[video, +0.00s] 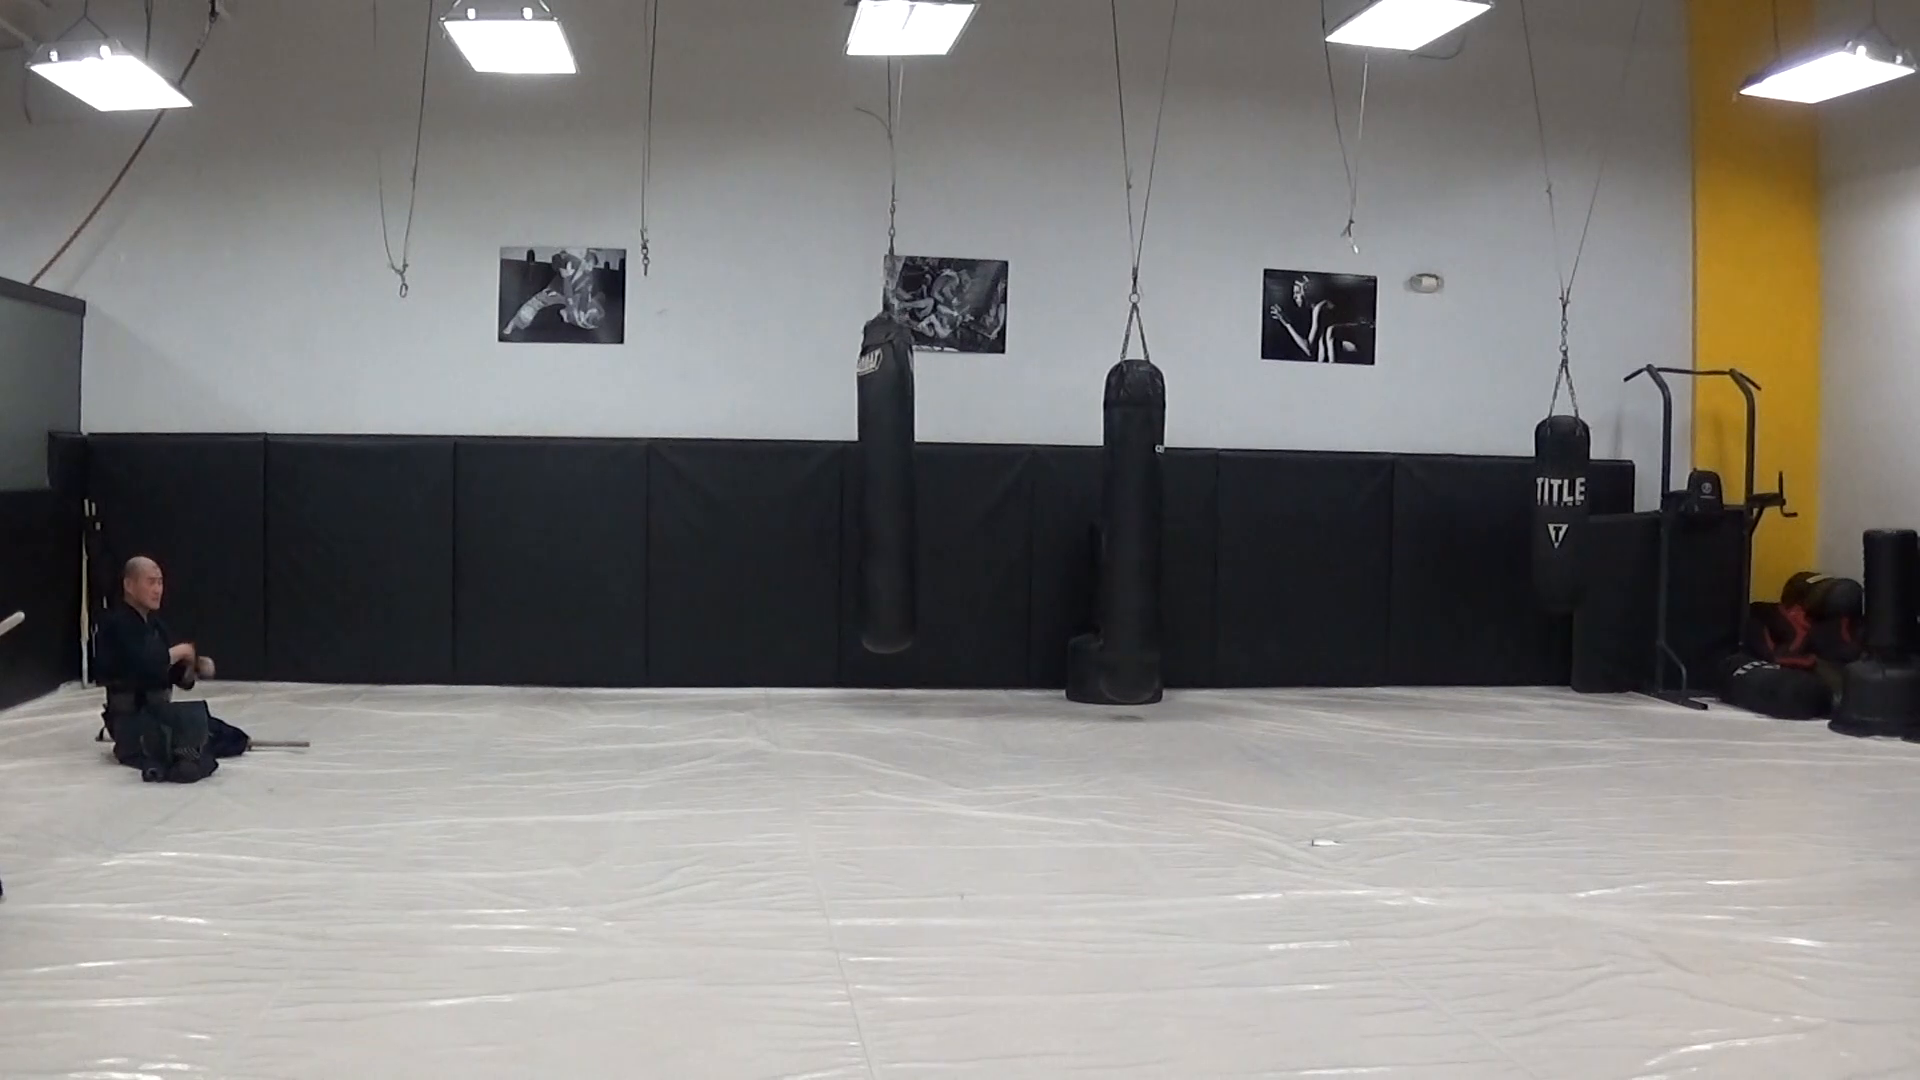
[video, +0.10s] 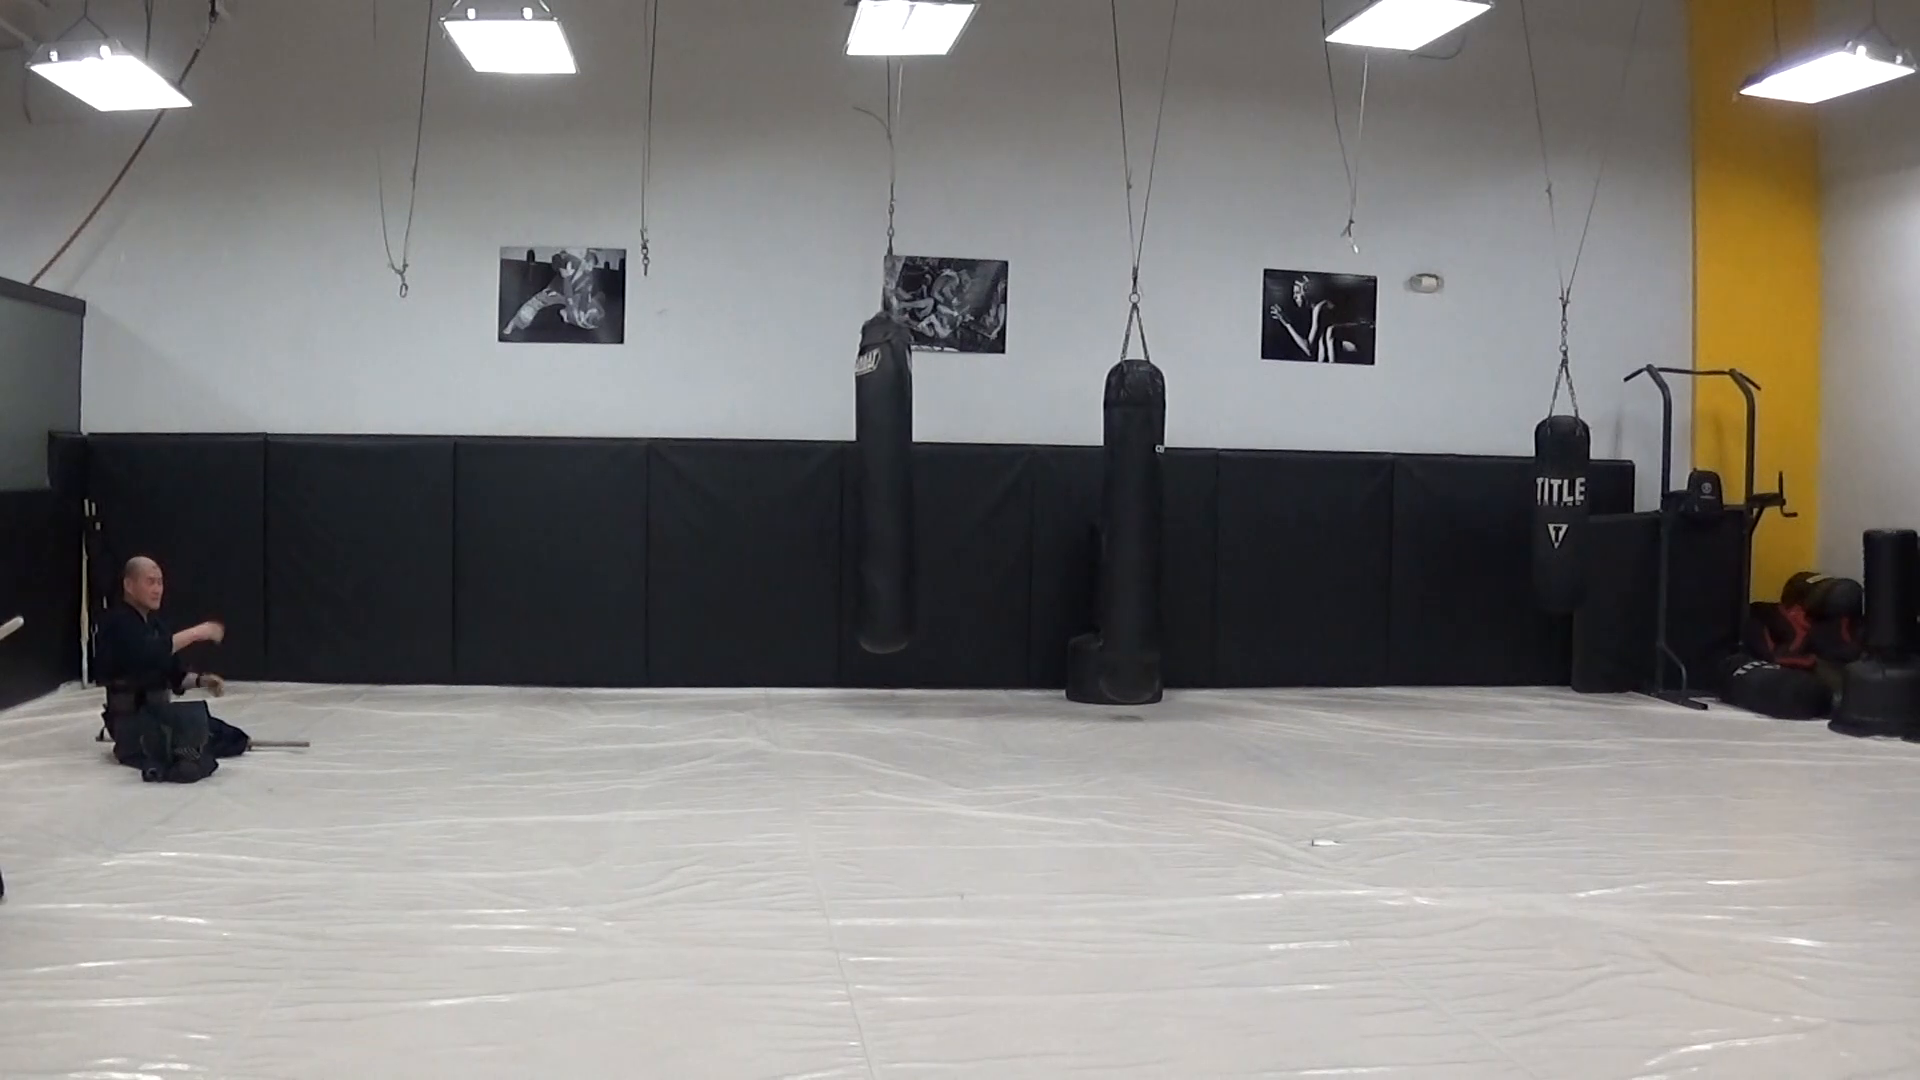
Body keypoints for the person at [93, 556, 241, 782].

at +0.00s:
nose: (159, 589)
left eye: (160, 582)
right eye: (152, 582)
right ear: (129, 585)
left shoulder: (155, 623)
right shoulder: (114, 624)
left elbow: (169, 674)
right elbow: (136, 664)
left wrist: (190, 669)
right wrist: (175, 654)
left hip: (162, 716)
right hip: (129, 723)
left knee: (236, 740)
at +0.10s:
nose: (158, 589)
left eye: (160, 582)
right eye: (151, 582)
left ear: (163, 585)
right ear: (129, 586)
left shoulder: (154, 623)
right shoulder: (116, 621)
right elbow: (145, 652)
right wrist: (194, 634)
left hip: (162, 717)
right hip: (130, 724)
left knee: (236, 740)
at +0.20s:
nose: (157, 590)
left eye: (160, 583)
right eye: (150, 582)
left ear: (163, 585)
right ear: (128, 586)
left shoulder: (156, 621)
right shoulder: (116, 620)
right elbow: (149, 639)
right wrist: (204, 622)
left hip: (162, 715)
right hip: (128, 721)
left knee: (236, 739)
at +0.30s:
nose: (157, 590)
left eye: (160, 583)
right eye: (150, 583)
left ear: (164, 585)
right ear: (128, 585)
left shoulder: (157, 624)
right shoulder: (116, 620)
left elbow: (173, 679)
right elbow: (147, 634)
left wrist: (186, 697)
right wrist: (201, 624)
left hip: (166, 712)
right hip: (129, 719)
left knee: (235, 740)